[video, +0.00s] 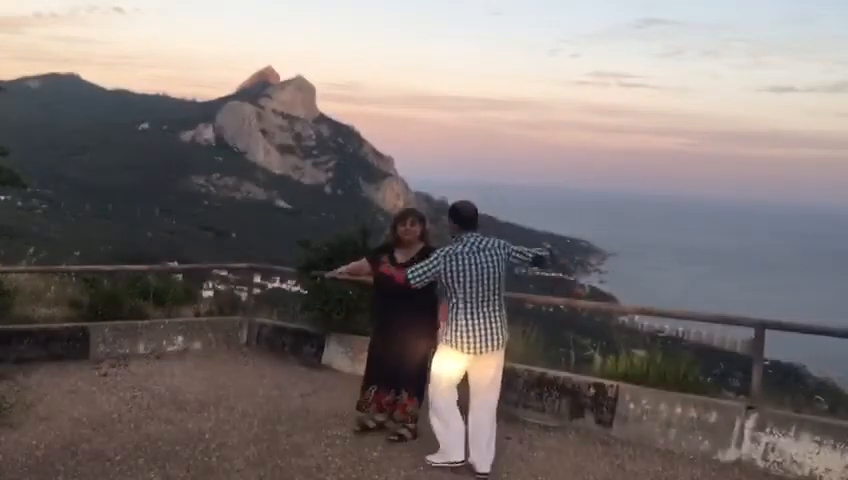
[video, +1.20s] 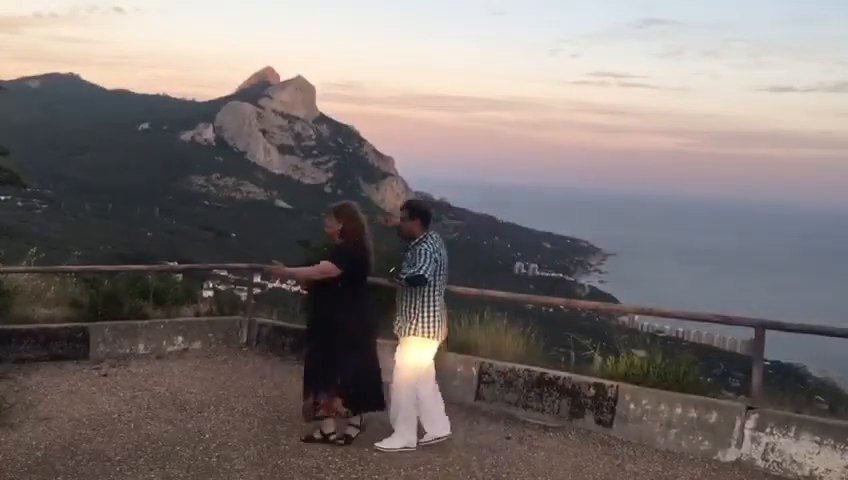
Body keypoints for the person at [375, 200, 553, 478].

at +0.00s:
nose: (449, 226)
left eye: (449, 222)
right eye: (451, 221)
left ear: (452, 224)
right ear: (476, 222)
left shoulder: (446, 254)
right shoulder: (498, 246)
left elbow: (410, 278)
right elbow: (534, 258)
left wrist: (385, 268)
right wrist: (545, 257)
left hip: (457, 337)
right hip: (493, 336)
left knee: (441, 391)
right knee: (484, 400)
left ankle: (452, 452)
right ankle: (482, 462)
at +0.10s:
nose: (442, 227)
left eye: (443, 223)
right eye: (444, 223)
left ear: (446, 225)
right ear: (471, 223)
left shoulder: (442, 254)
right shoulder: (493, 246)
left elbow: (409, 278)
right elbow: (526, 245)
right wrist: (532, 239)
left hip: (452, 333)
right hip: (488, 332)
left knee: (441, 394)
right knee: (481, 397)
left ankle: (441, 452)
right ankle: (482, 460)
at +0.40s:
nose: (430, 227)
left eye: (431, 223)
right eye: (431, 222)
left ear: (436, 224)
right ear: (457, 223)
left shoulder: (433, 250)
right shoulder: (477, 247)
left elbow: (397, 266)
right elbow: (505, 261)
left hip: (438, 333)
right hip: (470, 332)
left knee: (434, 392)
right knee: (457, 385)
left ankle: (441, 452)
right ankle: (466, 439)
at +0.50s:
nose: (427, 227)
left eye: (428, 222)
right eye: (428, 222)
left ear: (435, 223)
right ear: (452, 222)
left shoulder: (432, 247)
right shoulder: (472, 247)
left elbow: (395, 260)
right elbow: (496, 267)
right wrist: (480, 263)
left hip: (437, 332)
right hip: (466, 331)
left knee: (431, 390)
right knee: (450, 385)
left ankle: (440, 450)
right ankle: (454, 441)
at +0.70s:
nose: (424, 228)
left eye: (426, 222)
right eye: (424, 222)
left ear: (434, 223)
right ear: (448, 222)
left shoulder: (434, 248)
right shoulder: (467, 248)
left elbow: (396, 265)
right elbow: (477, 272)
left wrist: (374, 280)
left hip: (435, 329)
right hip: (460, 328)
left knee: (421, 384)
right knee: (443, 386)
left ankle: (440, 443)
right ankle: (444, 438)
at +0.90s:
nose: (415, 228)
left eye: (418, 222)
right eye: (416, 223)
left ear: (428, 223)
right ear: (437, 223)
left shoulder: (435, 247)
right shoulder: (455, 245)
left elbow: (412, 274)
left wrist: (388, 271)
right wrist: (406, 272)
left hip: (432, 327)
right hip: (452, 325)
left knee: (409, 380)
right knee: (441, 383)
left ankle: (435, 432)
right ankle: (444, 437)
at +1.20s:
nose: (399, 225)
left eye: (403, 220)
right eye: (400, 220)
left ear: (416, 222)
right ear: (419, 223)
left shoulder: (426, 246)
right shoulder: (429, 243)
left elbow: (421, 277)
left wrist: (399, 277)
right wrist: (403, 274)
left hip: (418, 327)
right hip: (426, 326)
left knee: (402, 381)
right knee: (424, 379)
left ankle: (404, 436)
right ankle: (438, 428)